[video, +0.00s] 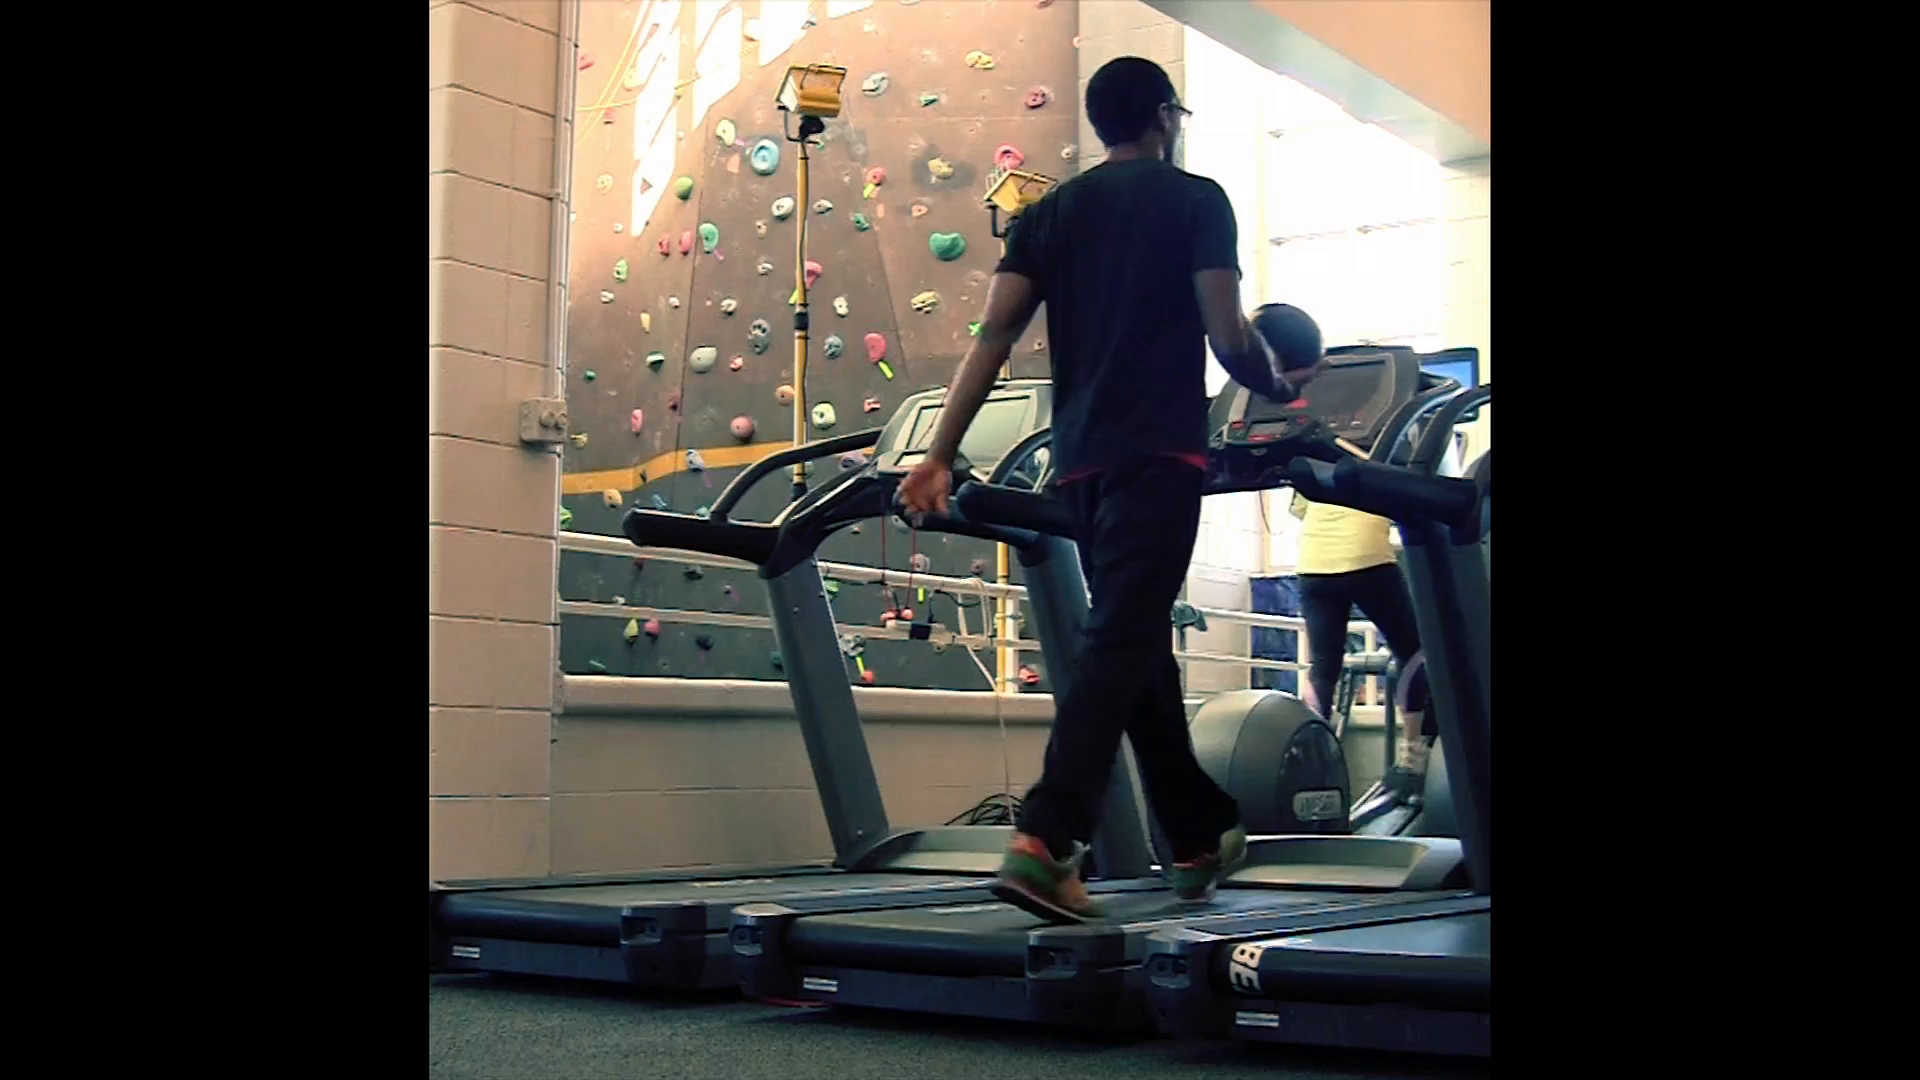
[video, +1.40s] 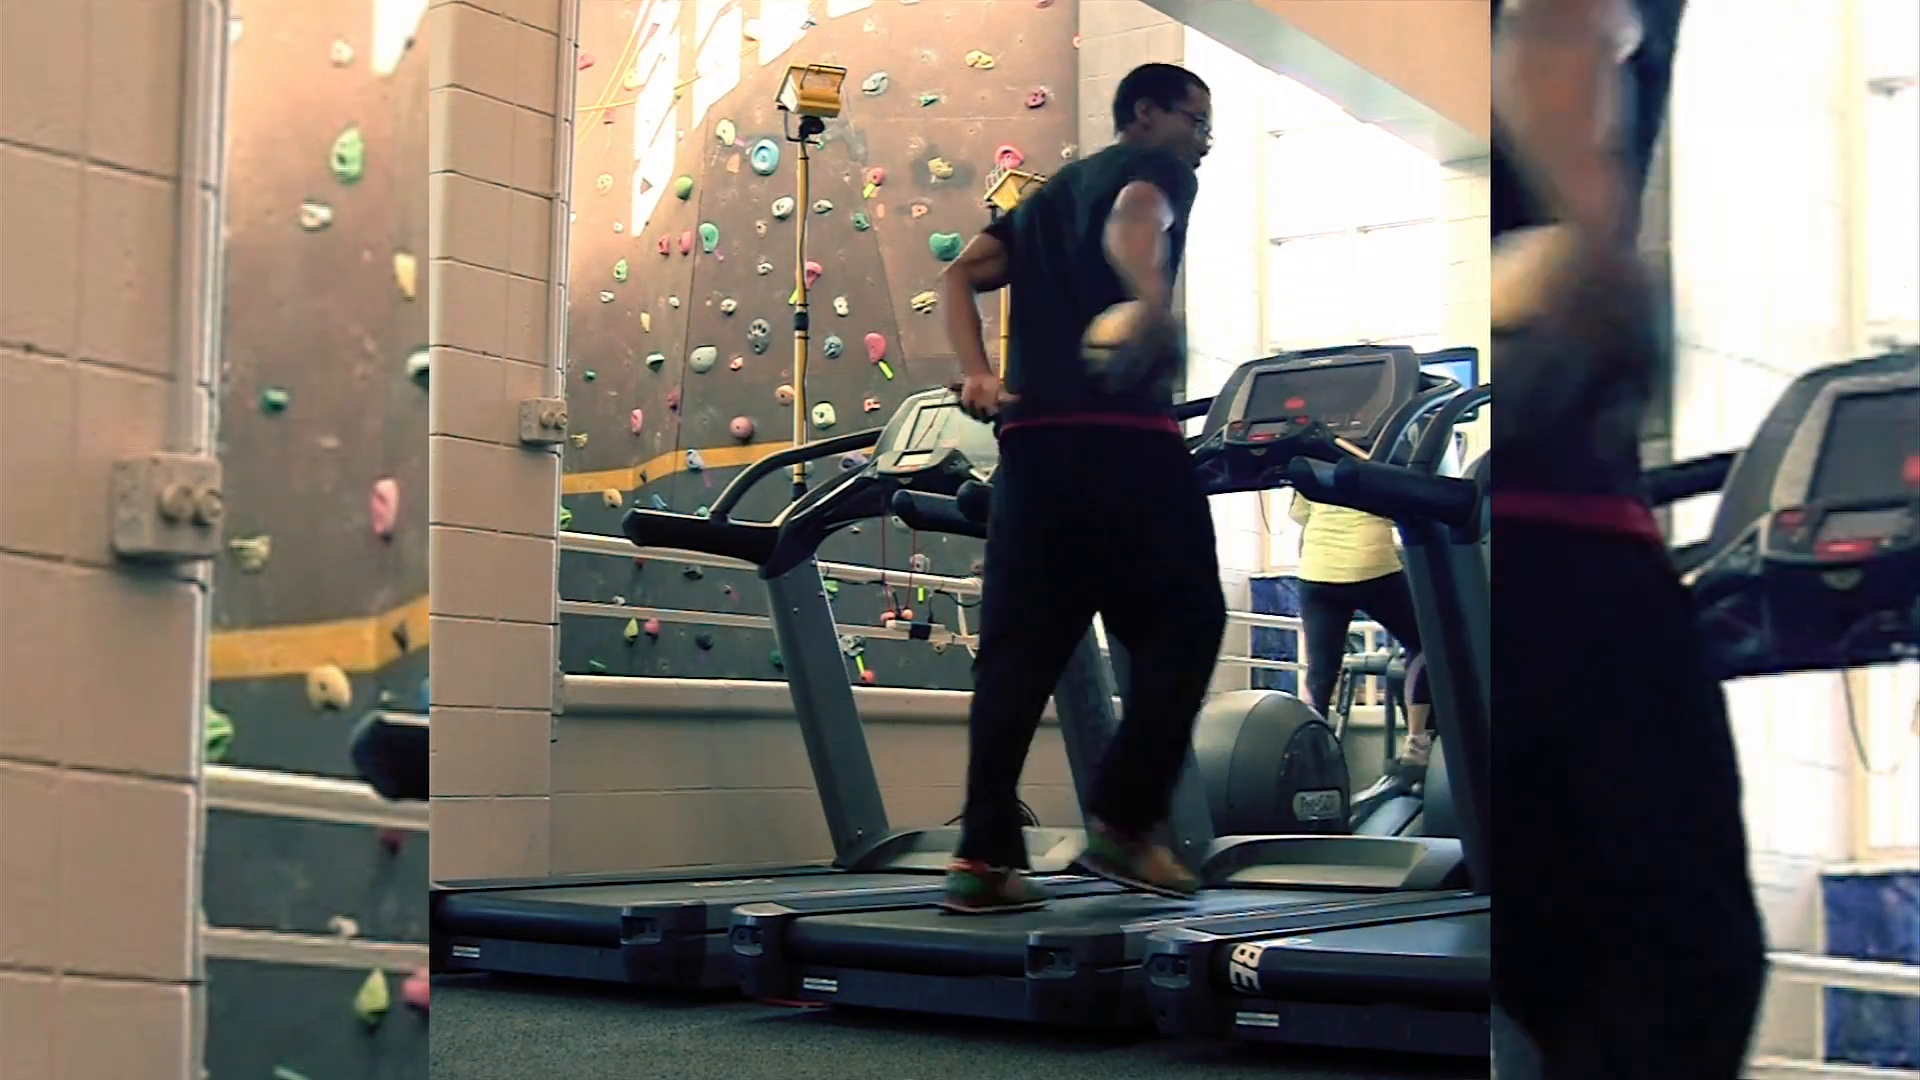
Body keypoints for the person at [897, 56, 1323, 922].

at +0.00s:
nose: (1180, 134)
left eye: (1178, 122)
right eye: (1179, 121)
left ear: (1095, 129)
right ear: (1164, 121)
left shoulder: (1050, 212)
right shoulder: (1193, 197)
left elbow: (994, 339)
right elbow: (1231, 341)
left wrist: (938, 454)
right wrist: (1275, 387)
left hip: (1076, 465)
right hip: (1160, 458)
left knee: (1139, 650)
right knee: (1115, 647)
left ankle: (1195, 838)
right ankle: (1044, 842)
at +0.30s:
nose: (1167, 116)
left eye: (1162, 106)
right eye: (1165, 103)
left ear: (1082, 101)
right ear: (1149, 97)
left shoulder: (1025, 187)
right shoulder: (1171, 169)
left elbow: (997, 337)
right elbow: (1181, 306)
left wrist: (1040, 423)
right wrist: (1231, 383)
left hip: (1060, 466)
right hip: (1157, 460)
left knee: (1072, 664)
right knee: (1206, 625)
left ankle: (1074, 864)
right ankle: (1142, 780)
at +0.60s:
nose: (1177, 148)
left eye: (1174, 137)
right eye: (1177, 135)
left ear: (1097, 130)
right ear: (1162, 130)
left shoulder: (1032, 215)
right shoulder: (1169, 205)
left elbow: (1009, 362)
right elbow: (1167, 336)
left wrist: (1083, 391)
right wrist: (1220, 414)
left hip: (1053, 487)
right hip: (1153, 483)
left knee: (1027, 650)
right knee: (1179, 670)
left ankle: (945, 814)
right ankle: (1214, 860)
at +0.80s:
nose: (1180, 124)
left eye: (1179, 112)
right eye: (1179, 111)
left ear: (1096, 102)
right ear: (1163, 103)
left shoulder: (1030, 186)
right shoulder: (1174, 179)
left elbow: (1002, 337)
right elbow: (1188, 321)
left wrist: (1021, 452)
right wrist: (1222, 386)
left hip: (1057, 459)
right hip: (1150, 455)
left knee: (1081, 644)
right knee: (1166, 654)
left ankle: (1022, 762)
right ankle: (1131, 862)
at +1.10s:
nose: (1158, 150)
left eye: (1155, 138)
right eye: (1155, 137)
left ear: (1076, 132)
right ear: (1133, 125)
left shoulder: (1018, 212)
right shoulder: (1155, 195)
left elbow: (963, 337)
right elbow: (1213, 326)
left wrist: (936, 470)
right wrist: (1280, 380)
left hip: (1046, 467)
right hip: (1127, 459)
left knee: (1099, 658)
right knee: (1077, 656)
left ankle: (1126, 852)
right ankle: (994, 846)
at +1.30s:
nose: (1176, 139)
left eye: (1178, 127)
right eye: (1170, 123)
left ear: (1102, 114)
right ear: (1128, 106)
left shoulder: (1025, 197)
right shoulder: (1142, 158)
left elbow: (945, 302)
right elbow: (1187, 230)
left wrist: (968, 414)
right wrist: (1293, 302)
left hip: (1031, 447)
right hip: (1121, 438)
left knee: (1037, 641)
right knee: (1157, 625)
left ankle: (1042, 856)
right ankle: (1046, 776)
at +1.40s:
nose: (1204, 138)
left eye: (1206, 124)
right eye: (1196, 120)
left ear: (1127, 116)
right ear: (1148, 110)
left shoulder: (1045, 198)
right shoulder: (1155, 162)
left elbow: (958, 278)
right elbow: (1130, 219)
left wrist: (974, 370)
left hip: (1035, 456)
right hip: (1131, 451)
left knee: (1018, 648)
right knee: (1185, 627)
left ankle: (985, 856)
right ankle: (1128, 825)